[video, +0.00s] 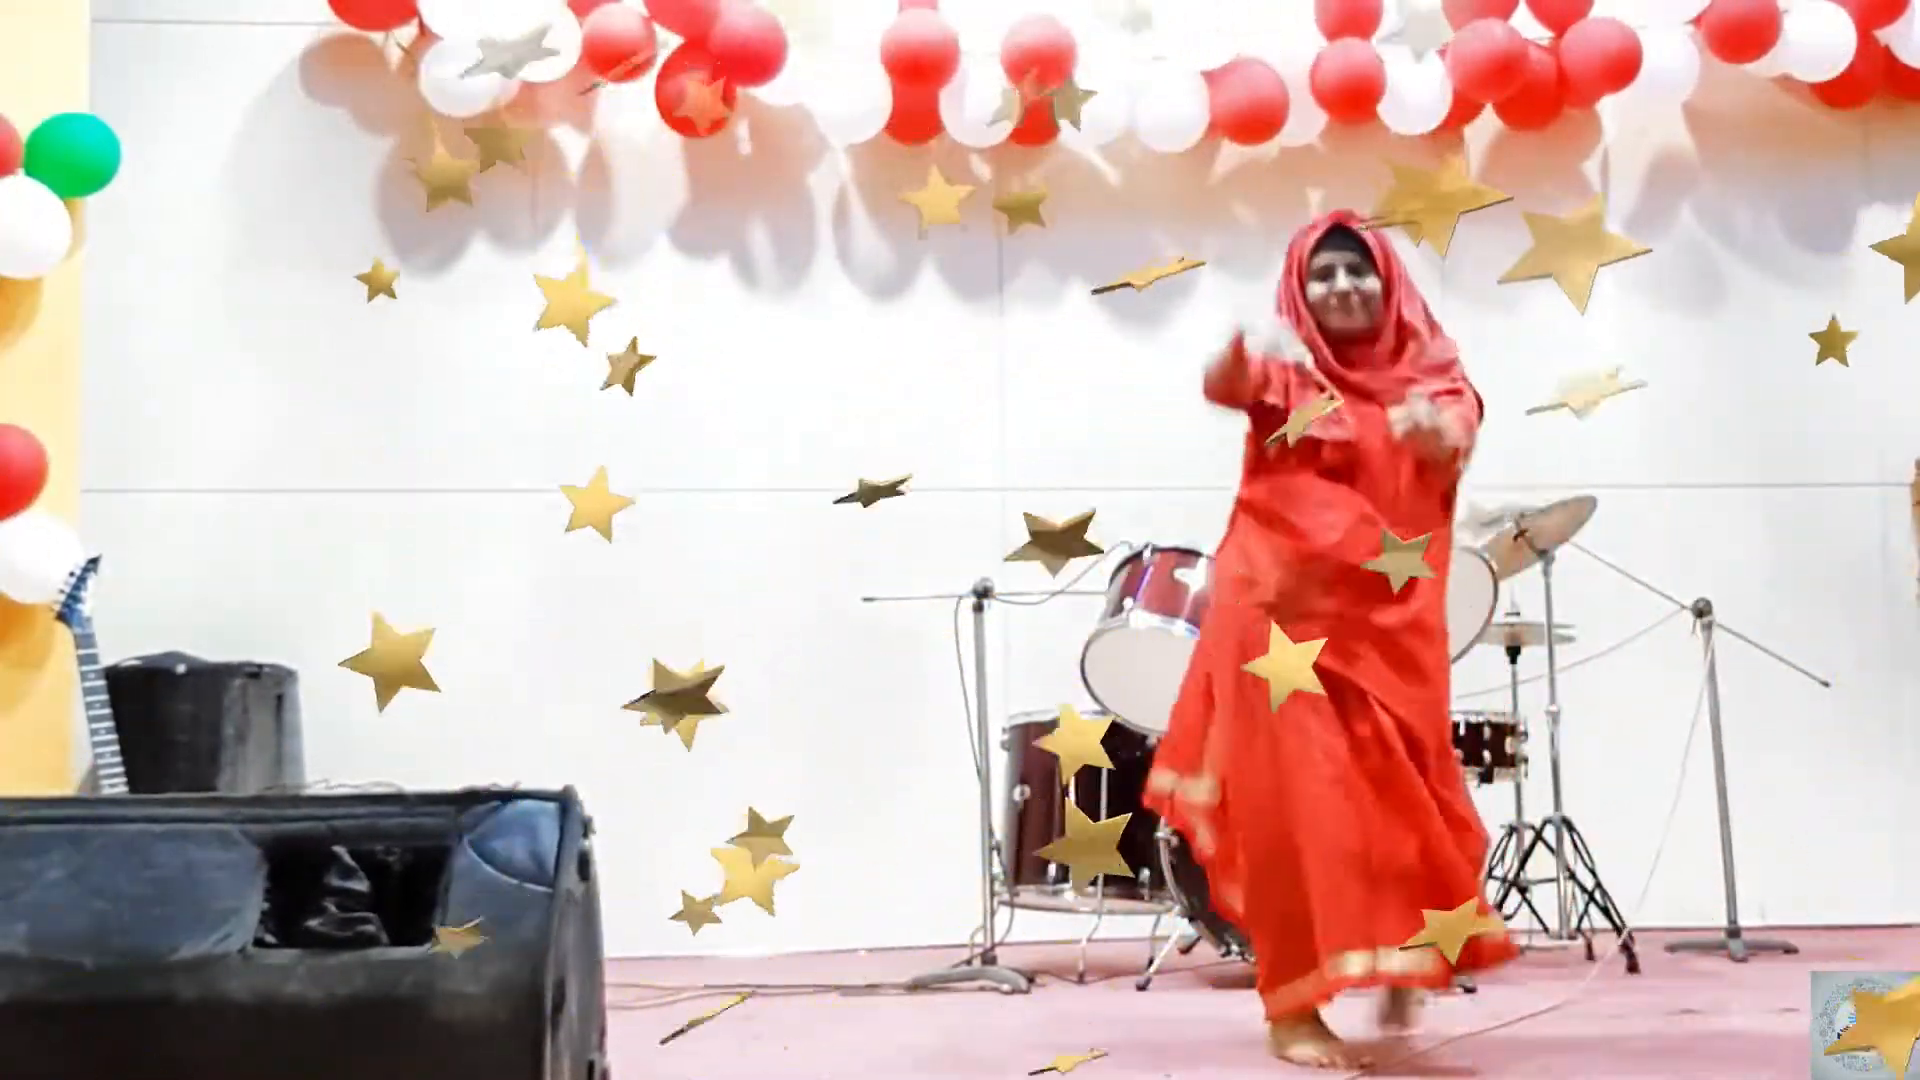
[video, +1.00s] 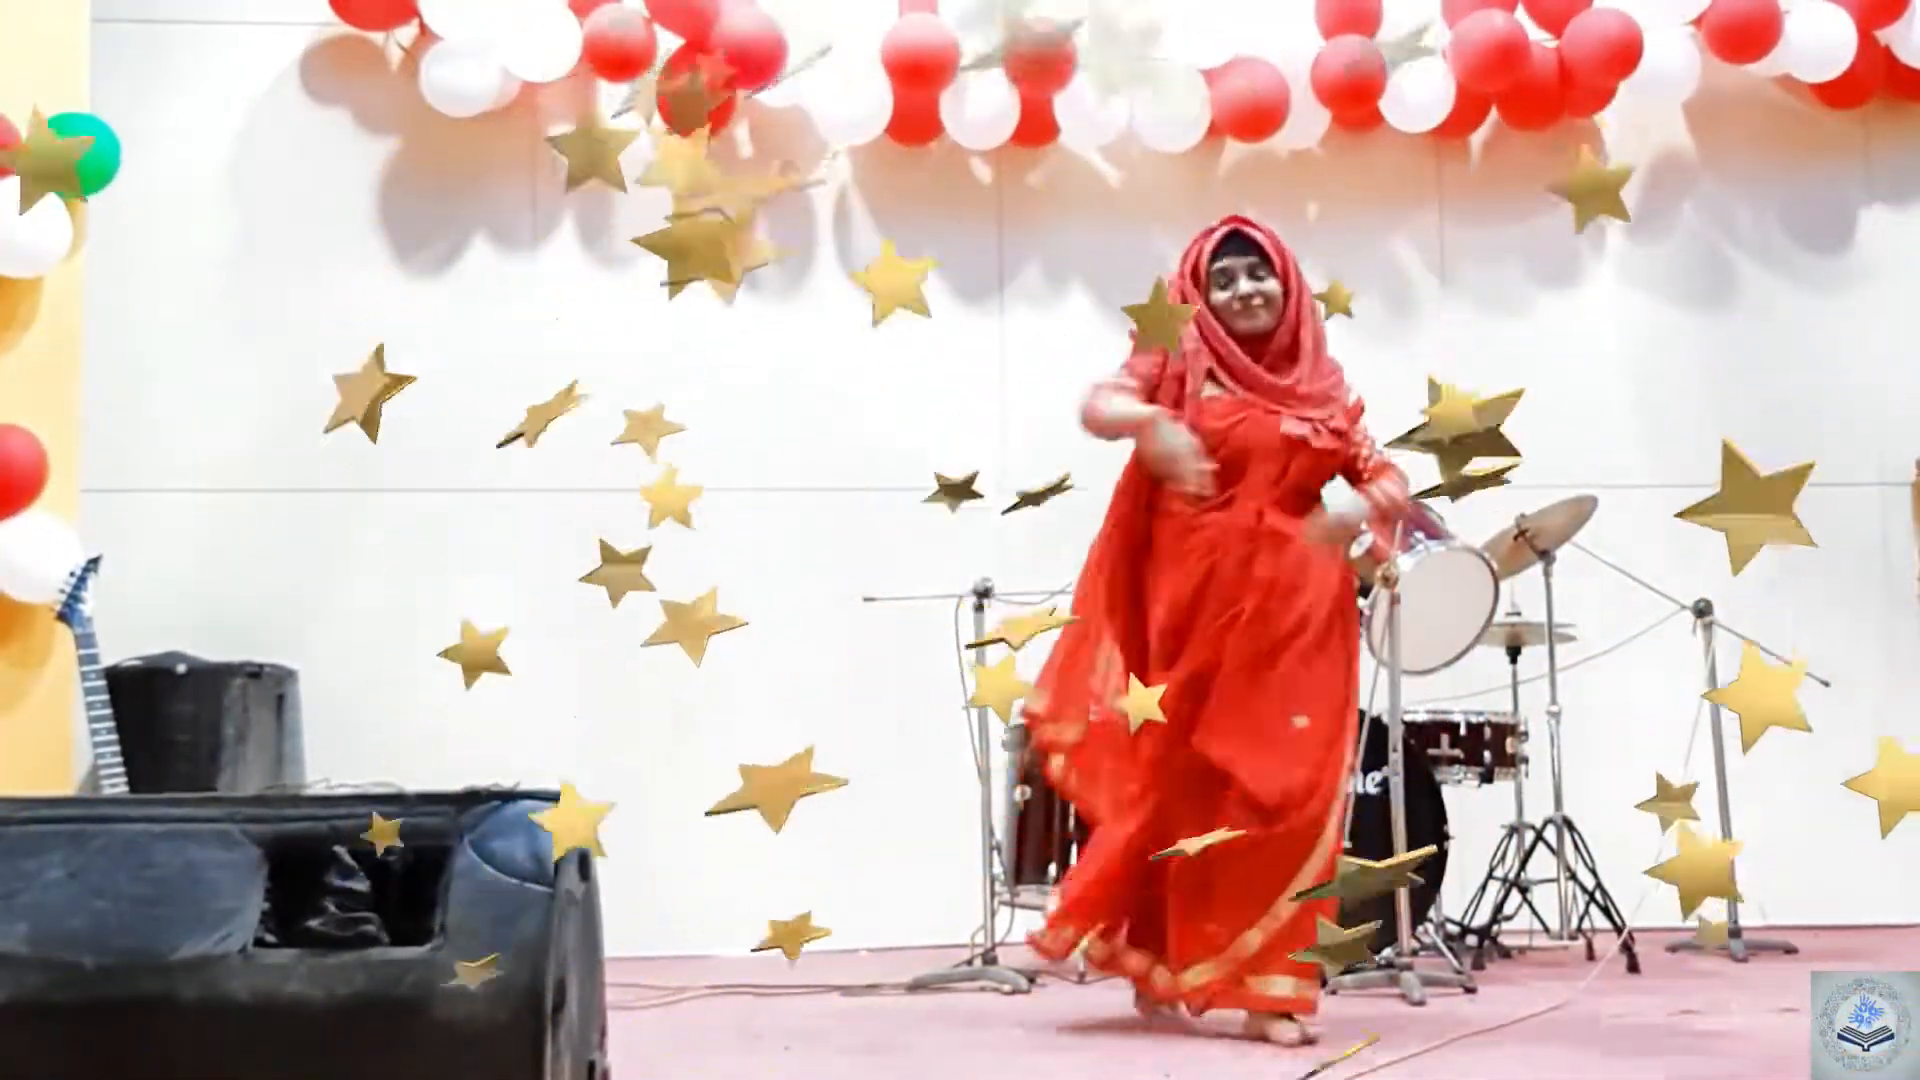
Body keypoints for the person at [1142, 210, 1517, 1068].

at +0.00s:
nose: (1344, 285)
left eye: (1358, 270)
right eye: (1325, 274)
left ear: (1388, 283)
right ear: (1300, 293)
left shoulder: (1434, 380)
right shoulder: (1288, 372)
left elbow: (1454, 428)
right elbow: (1231, 387)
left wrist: (1431, 429)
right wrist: (1235, 363)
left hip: (1388, 634)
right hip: (1280, 631)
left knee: (1394, 799)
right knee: (1294, 805)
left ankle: (1399, 980)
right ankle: (1293, 1008)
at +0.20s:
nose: (1325, 288)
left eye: (1338, 273)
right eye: (1306, 274)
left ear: (1363, 287)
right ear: (1275, 286)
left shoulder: (1383, 391)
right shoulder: (1238, 355)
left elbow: (1402, 507)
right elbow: (1159, 282)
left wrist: (1423, 600)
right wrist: (1196, 217)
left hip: (1358, 588)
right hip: (1256, 587)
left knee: (1380, 776)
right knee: (1280, 771)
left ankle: (1355, 987)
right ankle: (1254, 952)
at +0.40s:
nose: (1276, 287)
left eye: (1291, 273)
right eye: (1259, 275)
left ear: (1317, 287)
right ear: (1234, 290)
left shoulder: (1351, 394)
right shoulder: (1197, 364)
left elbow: (1398, 475)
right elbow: (1095, 325)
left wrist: (1447, 513)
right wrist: (1126, 268)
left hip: (1335, 629)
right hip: (1220, 625)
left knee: (1345, 796)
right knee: (1230, 795)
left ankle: (1343, 983)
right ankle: (1283, 964)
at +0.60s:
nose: (1234, 340)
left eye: (1249, 323)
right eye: (1217, 325)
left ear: (1277, 328)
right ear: (1194, 336)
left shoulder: (1318, 413)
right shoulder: (1173, 427)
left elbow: (1400, 414)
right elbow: (1104, 520)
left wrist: (1425, 328)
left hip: (1279, 648)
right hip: (1173, 646)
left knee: (1278, 814)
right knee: (1169, 815)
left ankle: (1334, 988)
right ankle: (1176, 985)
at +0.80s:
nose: (1228, 320)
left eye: (1242, 305)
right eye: (1211, 306)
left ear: (1268, 318)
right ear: (1183, 322)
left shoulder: (1305, 412)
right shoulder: (1150, 411)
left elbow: (1393, 443)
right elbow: (1065, 493)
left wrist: (1441, 393)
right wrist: (1010, 469)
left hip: (1253, 649)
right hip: (1149, 641)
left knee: (1231, 806)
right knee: (1135, 810)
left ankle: (1285, 981)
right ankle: (1127, 977)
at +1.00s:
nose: (1245, 288)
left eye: (1257, 273)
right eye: (1226, 279)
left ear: (1286, 284)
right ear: (1201, 297)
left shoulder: (1321, 388)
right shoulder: (1177, 365)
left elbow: (1385, 476)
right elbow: (1100, 404)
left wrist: (1369, 498)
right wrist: (1153, 424)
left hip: (1294, 613)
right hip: (1191, 609)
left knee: (1290, 796)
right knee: (1183, 786)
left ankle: (1277, 994)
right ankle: (1157, 965)